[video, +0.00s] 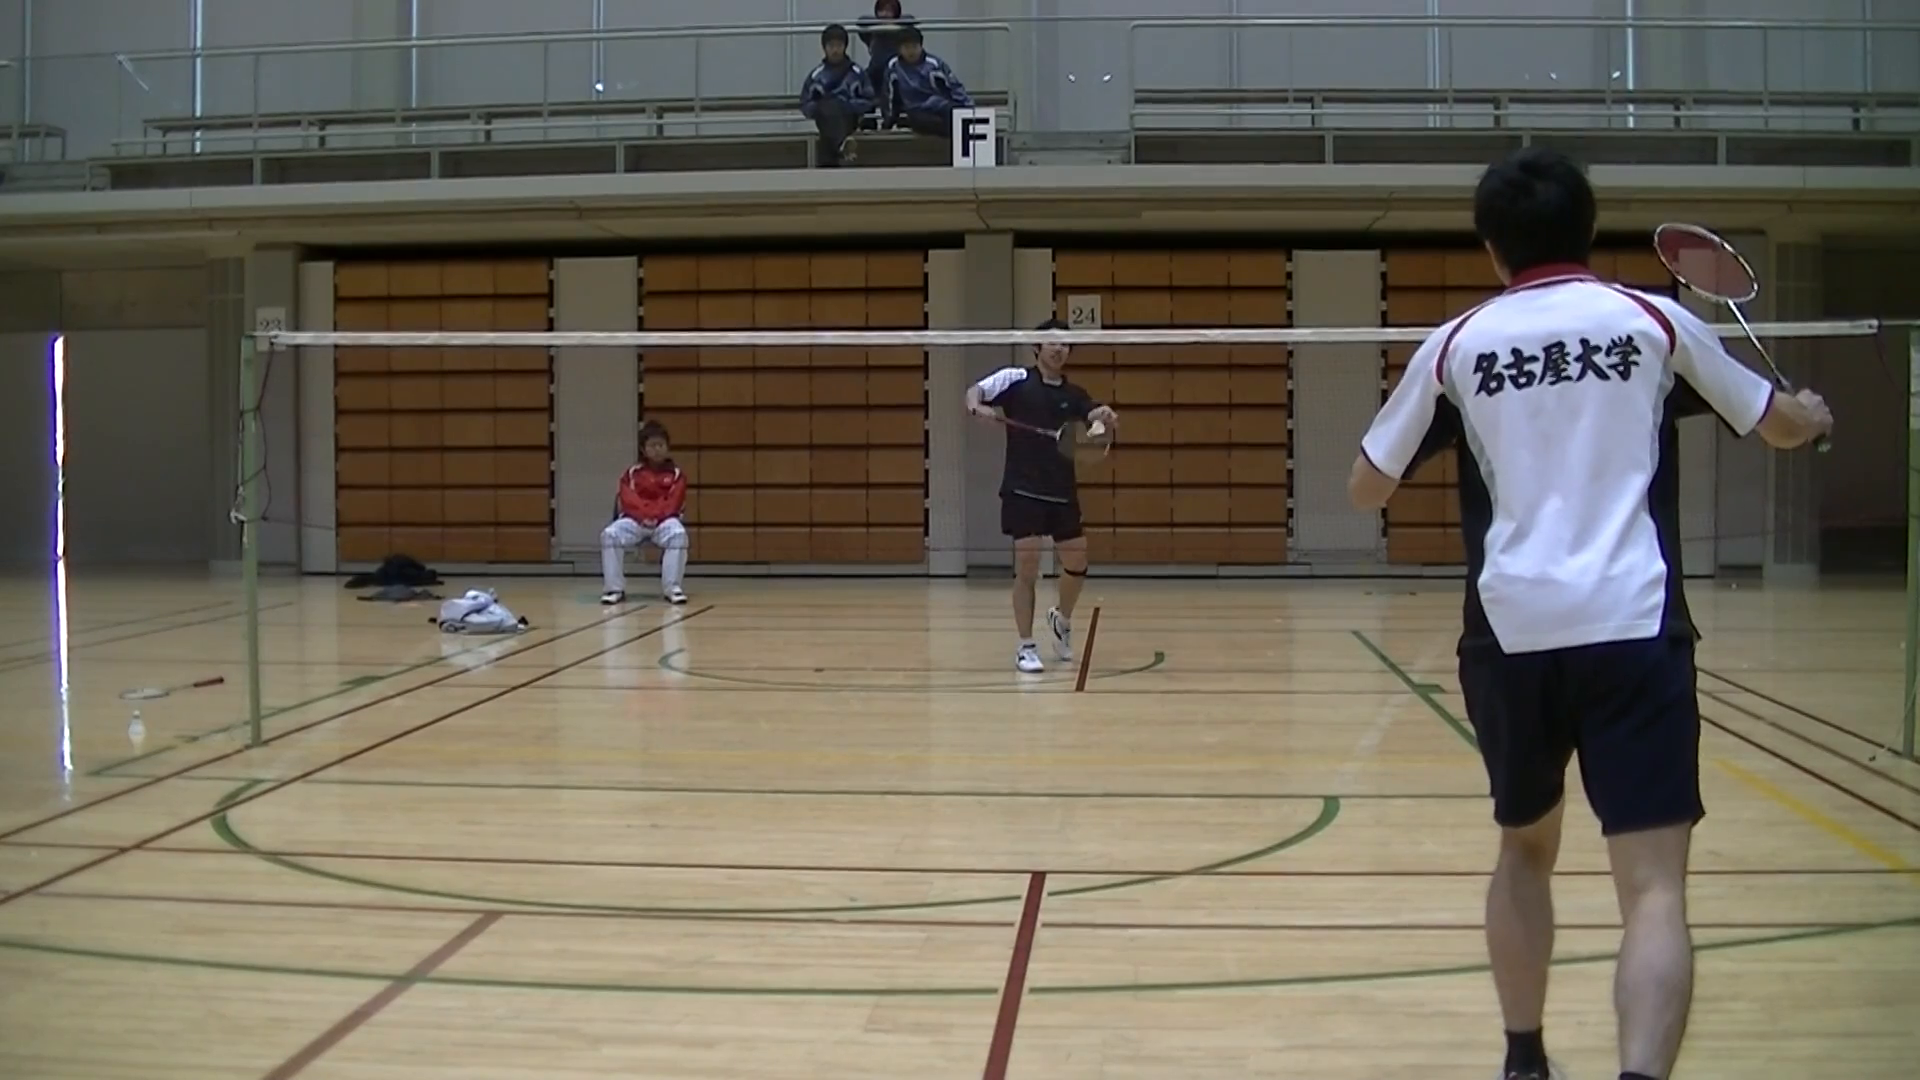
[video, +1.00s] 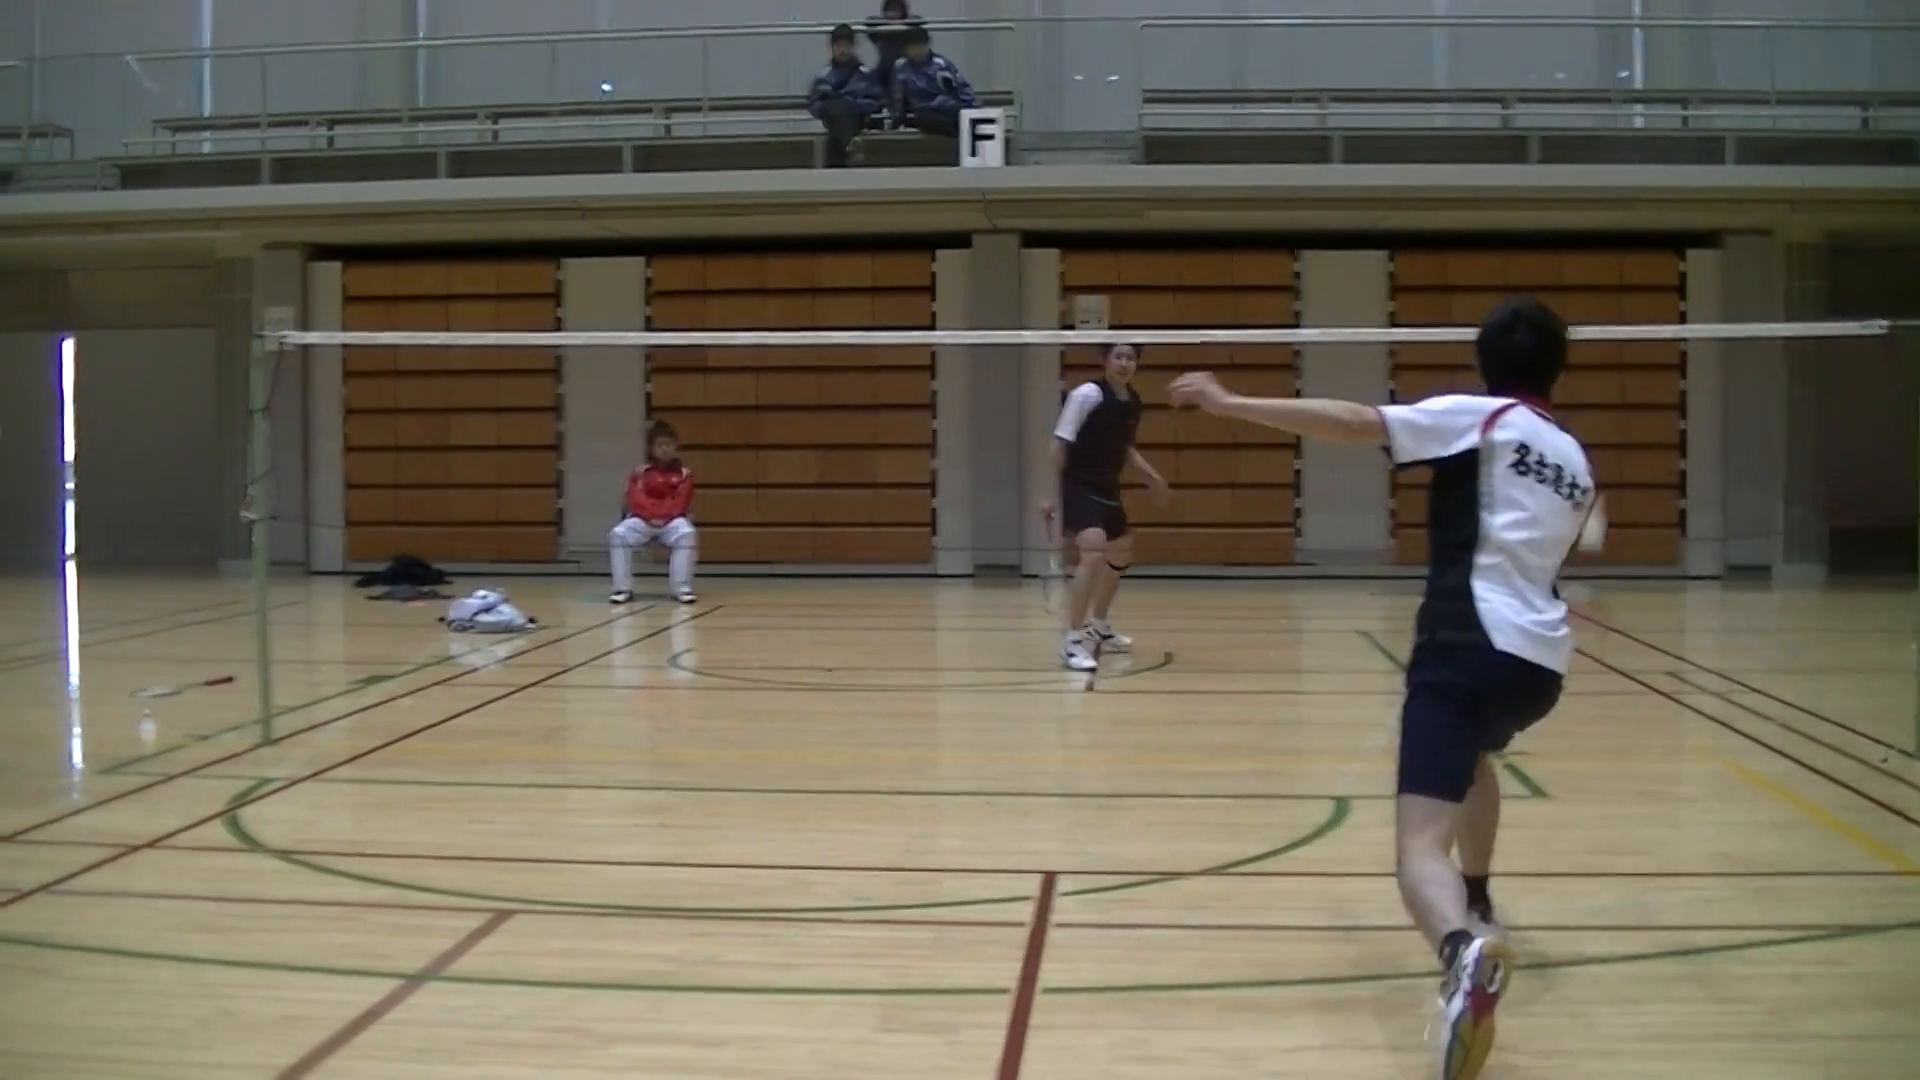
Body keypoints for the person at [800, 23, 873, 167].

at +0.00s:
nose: (835, 50)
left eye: (839, 45)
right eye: (831, 45)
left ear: (845, 47)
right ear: (824, 48)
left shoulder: (857, 72)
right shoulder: (815, 75)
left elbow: (869, 102)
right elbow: (806, 106)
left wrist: (844, 105)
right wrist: (822, 106)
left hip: (850, 119)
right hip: (824, 120)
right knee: (830, 105)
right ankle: (841, 143)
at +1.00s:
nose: (842, 50)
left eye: (846, 45)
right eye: (838, 46)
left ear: (852, 47)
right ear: (832, 48)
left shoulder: (866, 74)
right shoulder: (823, 76)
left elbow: (876, 103)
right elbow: (814, 105)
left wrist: (846, 103)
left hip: (860, 120)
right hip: (831, 120)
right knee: (835, 105)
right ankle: (851, 142)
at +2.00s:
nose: (830, 52)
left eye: (833, 46)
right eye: (825, 46)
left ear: (840, 48)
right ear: (819, 49)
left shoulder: (852, 75)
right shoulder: (810, 77)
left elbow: (864, 103)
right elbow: (799, 106)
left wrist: (840, 108)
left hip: (846, 122)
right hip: (818, 123)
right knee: (828, 108)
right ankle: (840, 148)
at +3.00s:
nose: (833, 52)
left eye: (837, 48)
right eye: (829, 48)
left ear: (843, 49)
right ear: (822, 50)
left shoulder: (855, 75)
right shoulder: (813, 77)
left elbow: (867, 104)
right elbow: (803, 107)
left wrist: (842, 108)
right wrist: (824, 109)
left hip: (849, 120)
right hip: (821, 121)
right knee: (831, 106)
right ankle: (839, 145)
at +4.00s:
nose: (833, 51)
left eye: (837, 47)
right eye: (829, 47)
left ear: (843, 48)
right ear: (822, 49)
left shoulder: (856, 74)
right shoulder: (813, 76)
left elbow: (867, 103)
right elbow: (803, 105)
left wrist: (844, 106)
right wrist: (818, 109)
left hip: (848, 119)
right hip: (821, 118)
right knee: (830, 105)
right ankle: (840, 144)